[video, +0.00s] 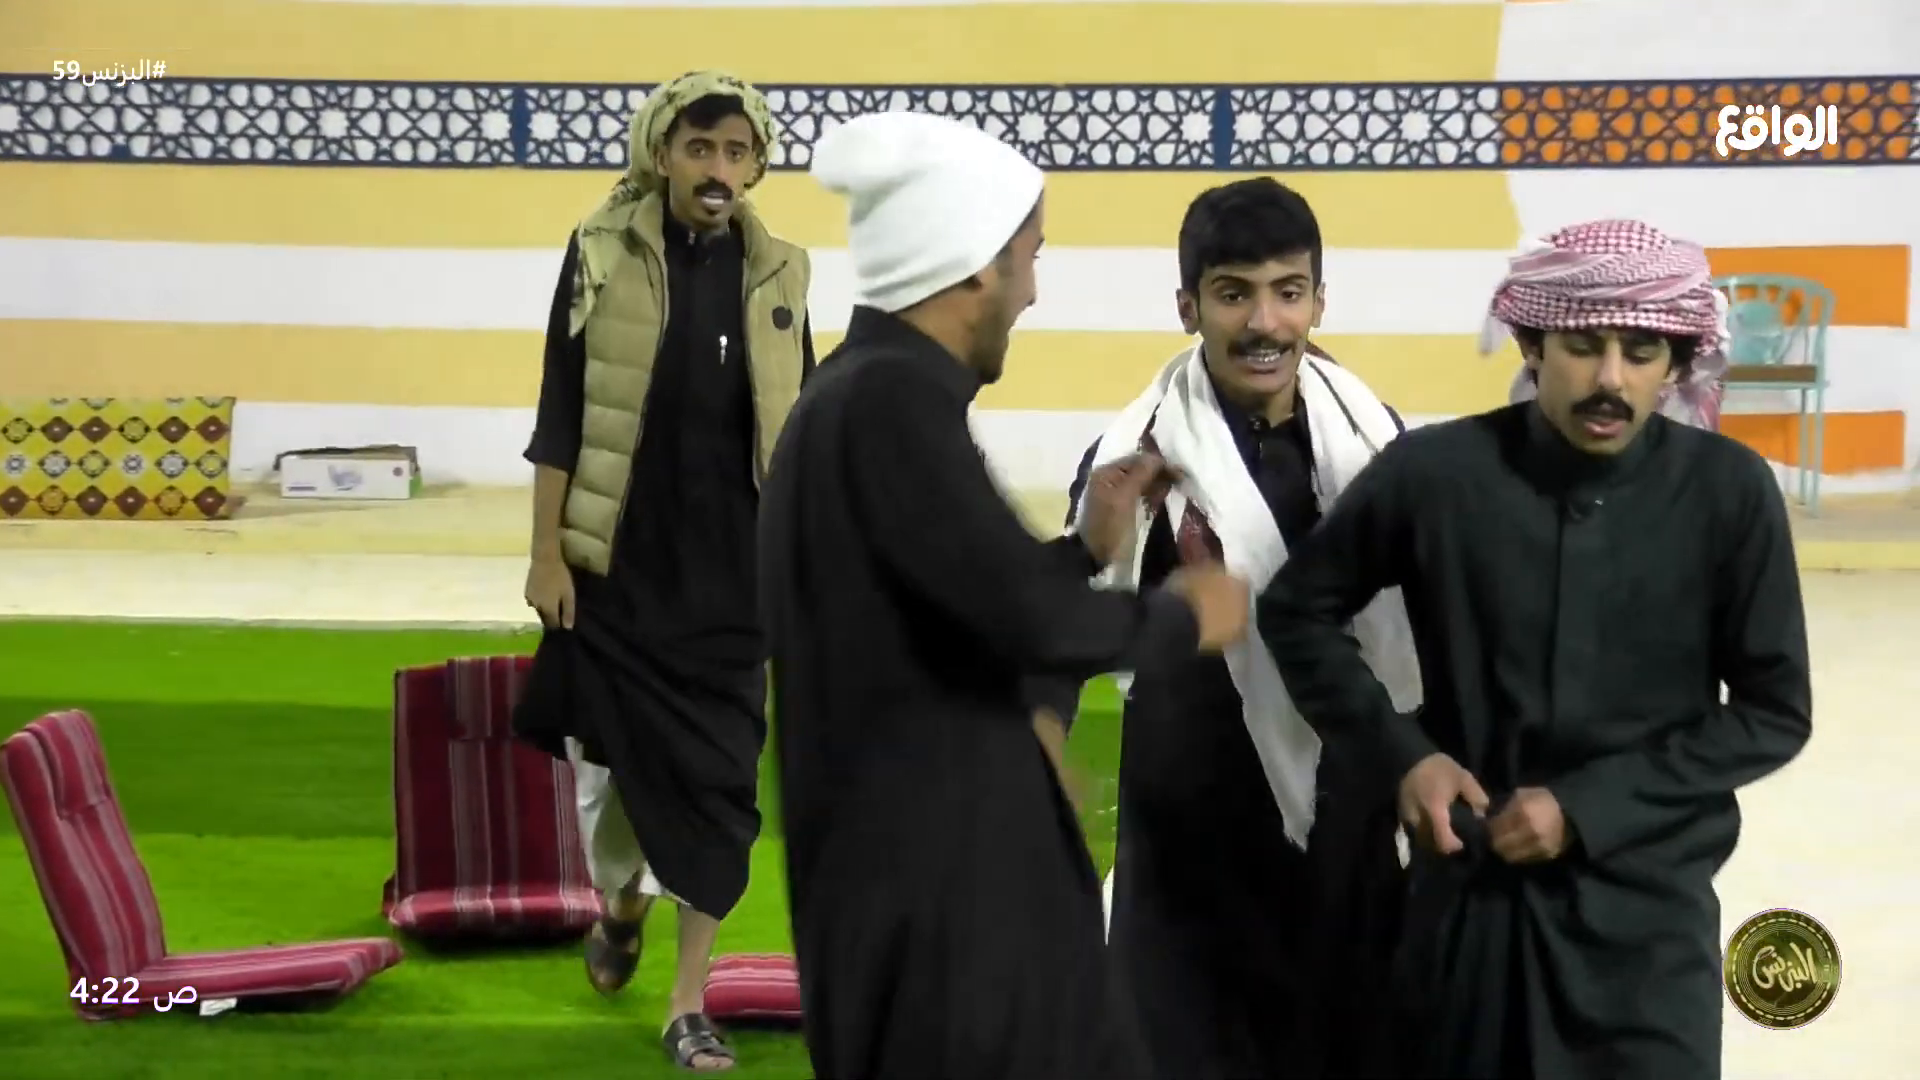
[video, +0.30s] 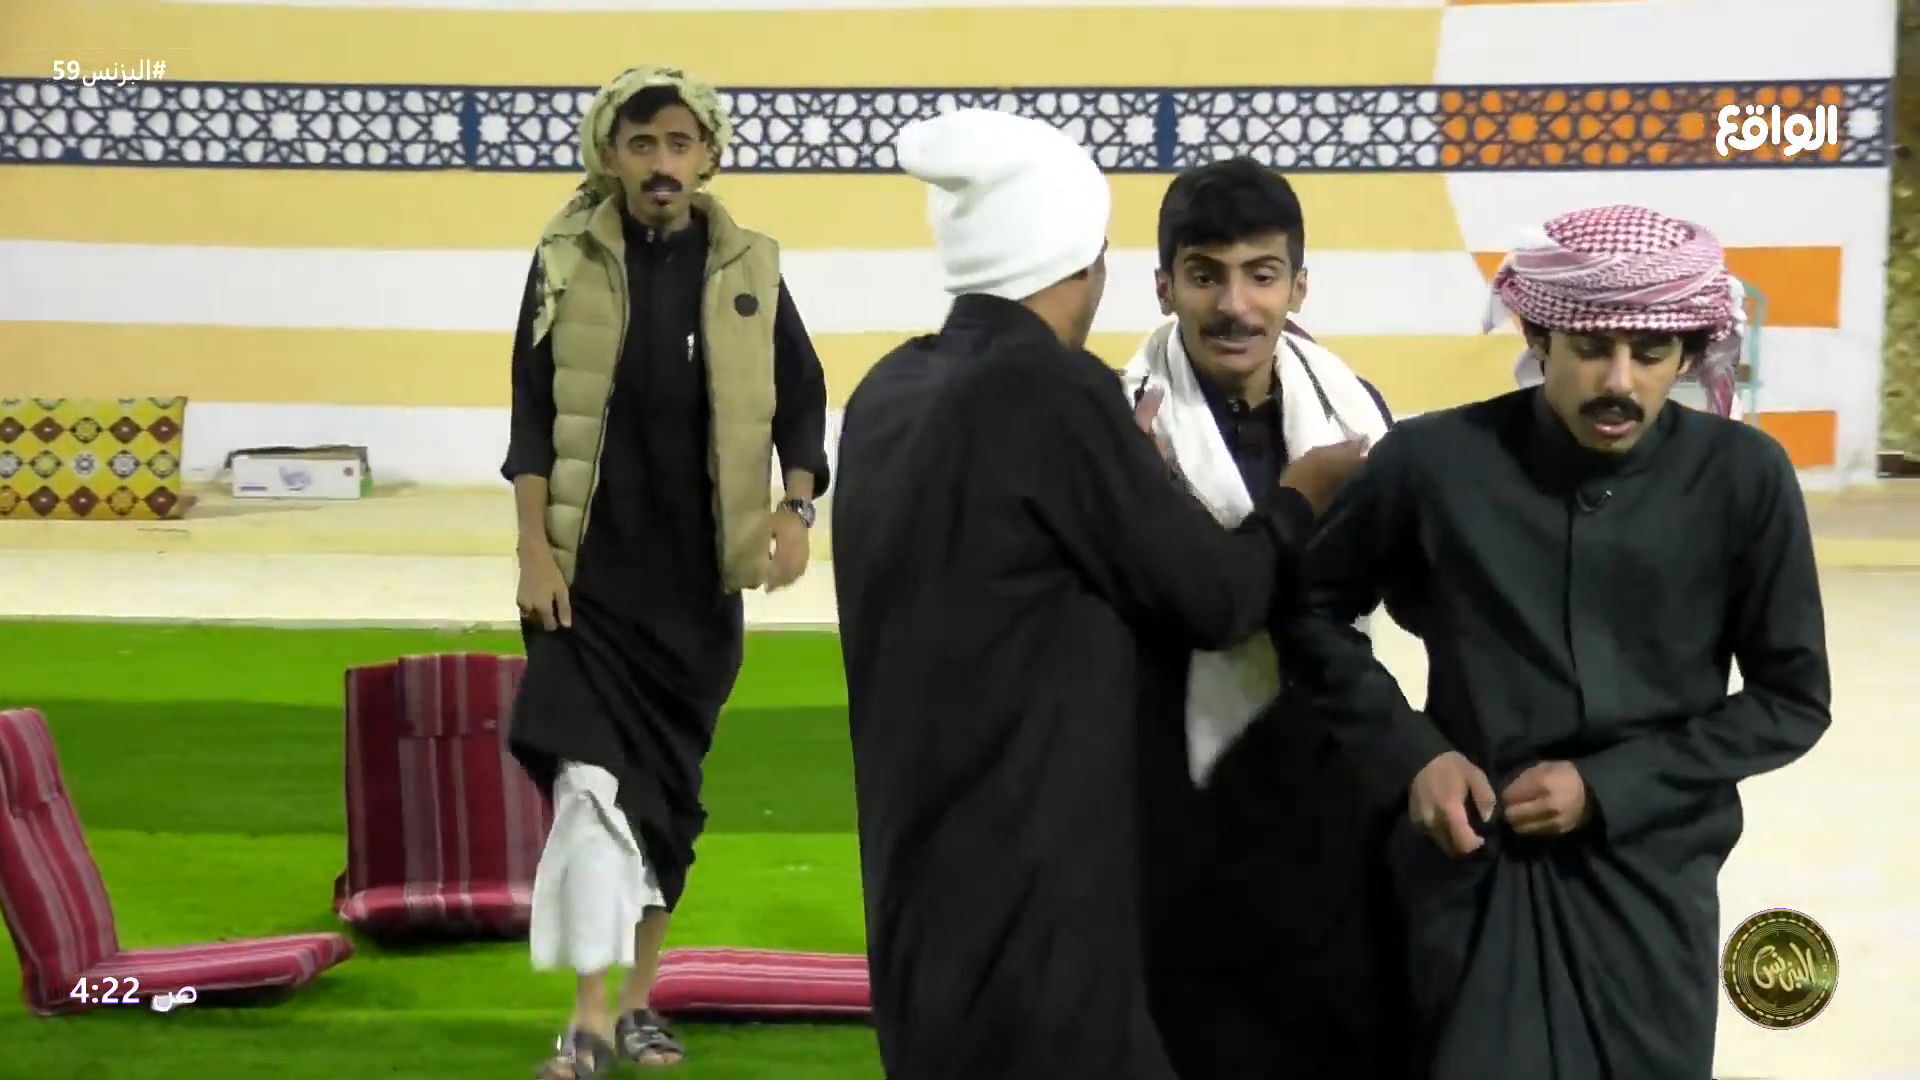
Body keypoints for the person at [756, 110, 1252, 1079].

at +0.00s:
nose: (1034, 289)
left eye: (1033, 257)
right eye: (1029, 257)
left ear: (956, 266)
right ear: (975, 268)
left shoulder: (844, 400)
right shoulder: (897, 402)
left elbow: (948, 617)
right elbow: (1017, 616)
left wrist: (1087, 550)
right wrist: (1179, 619)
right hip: (955, 904)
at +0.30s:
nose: (1108, 273)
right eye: (1107, 250)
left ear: (970, 257)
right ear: (1086, 260)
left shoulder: (884, 394)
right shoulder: (1058, 395)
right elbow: (1216, 595)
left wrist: (1109, 452)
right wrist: (1301, 501)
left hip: (921, 864)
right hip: (1054, 870)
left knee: (946, 1052)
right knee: (1067, 1053)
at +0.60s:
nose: (1077, 296)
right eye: (1071, 276)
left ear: (947, 292)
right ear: (1058, 294)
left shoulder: (879, 421)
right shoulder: (1079, 425)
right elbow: (1239, 557)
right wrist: (1242, 425)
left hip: (925, 861)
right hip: (1076, 860)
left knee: (933, 1056)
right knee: (1083, 1054)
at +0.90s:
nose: (981, 256)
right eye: (973, 242)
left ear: (854, 281)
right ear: (967, 263)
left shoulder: (809, 423)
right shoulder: (1048, 380)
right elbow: (1219, 521)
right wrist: (1258, 477)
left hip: (911, 823)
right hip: (1076, 799)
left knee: (952, 1043)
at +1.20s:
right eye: (984, 226)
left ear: (874, 268)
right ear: (989, 252)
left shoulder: (826, 403)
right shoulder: (1072, 377)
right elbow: (1199, 498)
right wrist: (1147, 369)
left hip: (901, 822)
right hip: (1065, 811)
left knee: (924, 1049)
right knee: (1116, 1047)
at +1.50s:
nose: (781, 358)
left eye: (795, 341)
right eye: (787, 337)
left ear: (840, 364)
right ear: (908, 355)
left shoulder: (849, 481)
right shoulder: (1025, 456)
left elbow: (844, 675)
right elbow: (1099, 625)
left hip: (946, 864)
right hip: (1092, 856)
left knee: (870, 1057)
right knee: (1086, 1059)